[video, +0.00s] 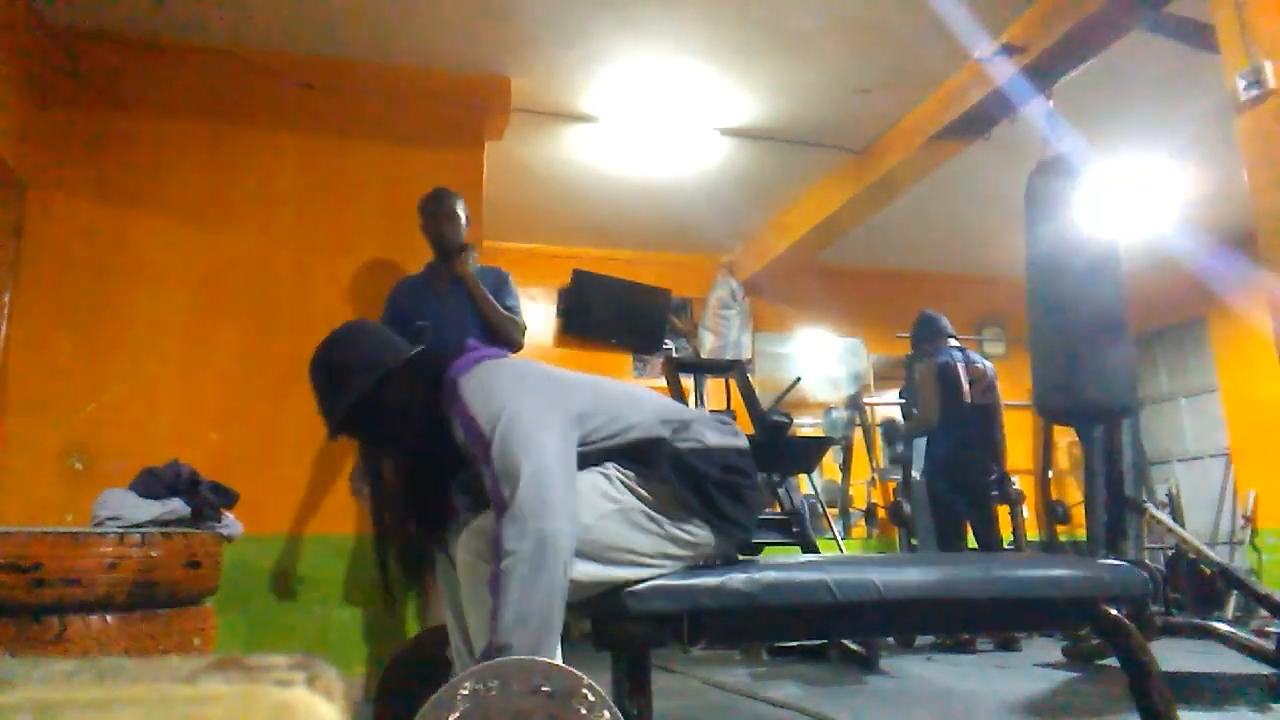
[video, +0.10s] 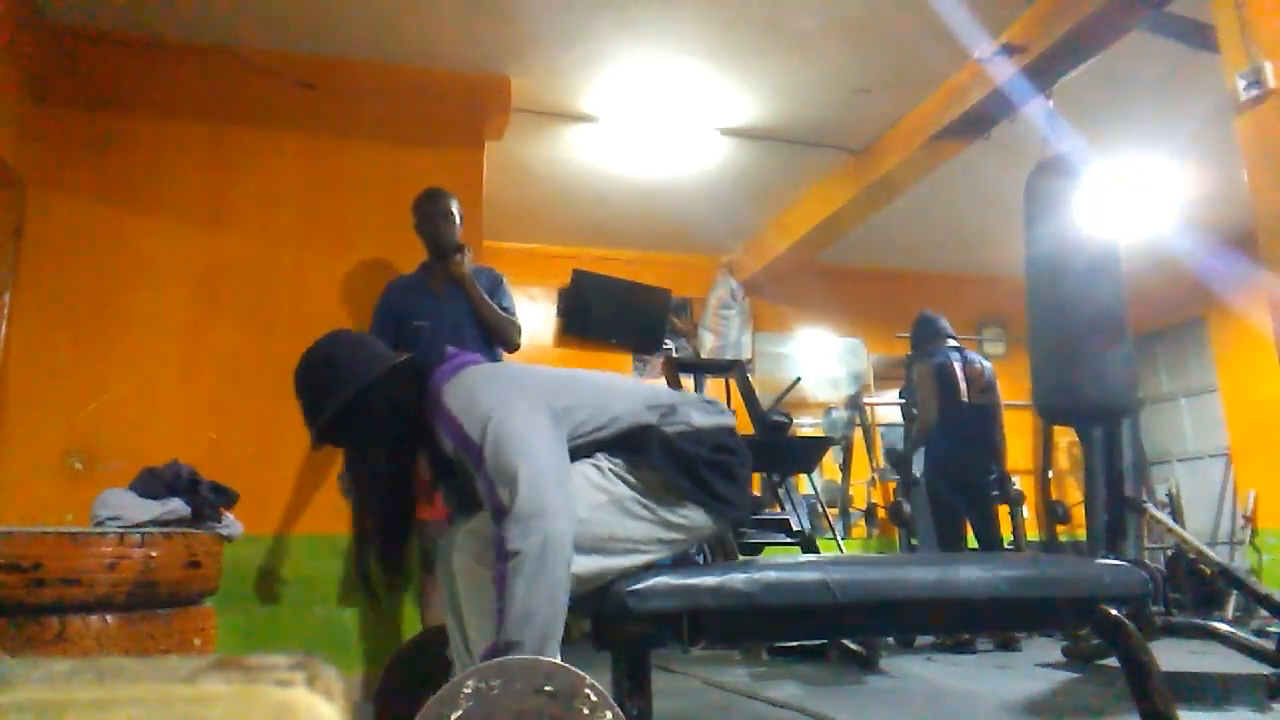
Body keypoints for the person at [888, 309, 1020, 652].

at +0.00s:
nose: (917, 350)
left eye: (916, 344)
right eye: (916, 345)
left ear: (923, 340)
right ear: (950, 334)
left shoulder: (929, 366)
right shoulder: (983, 365)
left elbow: (928, 418)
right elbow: (997, 423)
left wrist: (903, 430)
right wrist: (1001, 466)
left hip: (945, 467)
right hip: (979, 465)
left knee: (951, 546)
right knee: (991, 543)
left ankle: (958, 630)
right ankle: (1004, 627)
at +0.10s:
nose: (917, 350)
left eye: (916, 344)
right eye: (917, 345)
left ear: (921, 340)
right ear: (949, 336)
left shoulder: (927, 367)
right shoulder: (983, 365)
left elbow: (928, 416)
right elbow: (997, 423)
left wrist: (909, 450)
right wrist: (1002, 468)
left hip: (945, 465)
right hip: (980, 464)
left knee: (950, 547)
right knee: (992, 545)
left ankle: (959, 630)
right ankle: (1004, 627)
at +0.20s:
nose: (914, 351)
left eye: (914, 346)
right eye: (914, 346)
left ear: (920, 341)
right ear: (946, 336)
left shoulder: (926, 367)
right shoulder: (981, 366)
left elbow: (928, 419)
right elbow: (997, 423)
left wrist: (910, 466)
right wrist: (1003, 470)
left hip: (944, 469)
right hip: (980, 468)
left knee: (950, 548)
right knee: (993, 547)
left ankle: (959, 630)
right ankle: (1006, 628)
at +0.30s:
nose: (911, 351)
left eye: (911, 345)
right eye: (910, 346)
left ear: (918, 342)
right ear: (945, 336)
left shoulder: (924, 368)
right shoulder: (980, 365)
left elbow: (928, 421)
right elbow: (996, 421)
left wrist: (919, 469)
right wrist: (1003, 469)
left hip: (944, 471)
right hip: (980, 469)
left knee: (950, 550)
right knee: (994, 546)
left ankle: (958, 630)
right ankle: (1005, 627)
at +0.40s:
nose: (910, 351)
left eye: (910, 345)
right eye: (909, 346)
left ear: (917, 341)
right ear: (944, 336)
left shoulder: (923, 369)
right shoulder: (978, 365)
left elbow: (929, 422)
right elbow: (995, 420)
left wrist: (920, 471)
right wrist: (1003, 467)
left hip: (943, 471)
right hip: (979, 469)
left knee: (950, 549)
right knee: (993, 545)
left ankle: (959, 630)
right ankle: (1005, 627)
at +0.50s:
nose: (910, 350)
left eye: (910, 344)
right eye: (909, 345)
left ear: (919, 340)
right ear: (945, 335)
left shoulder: (921, 370)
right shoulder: (979, 366)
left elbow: (930, 423)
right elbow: (996, 422)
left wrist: (918, 472)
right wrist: (1004, 470)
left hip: (942, 474)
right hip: (979, 472)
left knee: (950, 550)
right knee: (993, 547)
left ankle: (959, 630)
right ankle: (1005, 627)